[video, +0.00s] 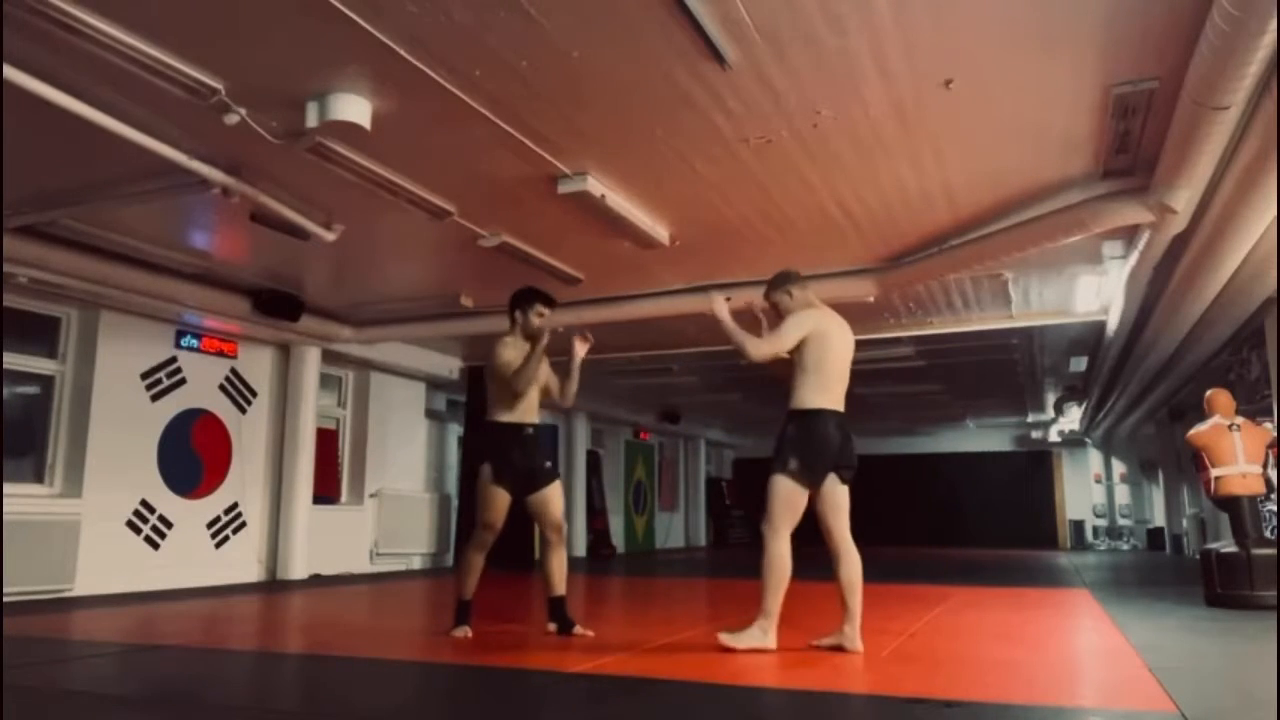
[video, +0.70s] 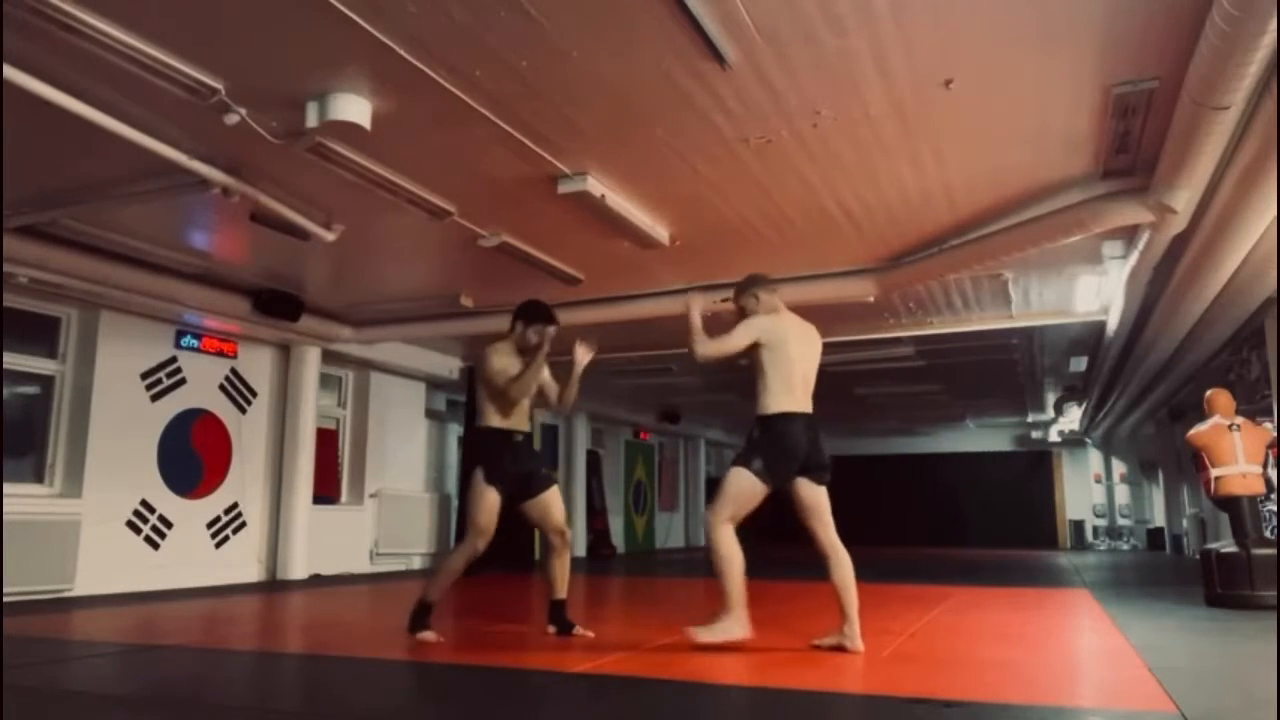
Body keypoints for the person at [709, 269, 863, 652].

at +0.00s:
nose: (778, 313)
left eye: (778, 305)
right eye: (775, 307)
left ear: (793, 292)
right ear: (804, 289)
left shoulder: (809, 319)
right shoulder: (841, 326)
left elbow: (759, 350)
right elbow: (793, 354)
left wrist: (724, 317)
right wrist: (767, 323)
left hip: (805, 432)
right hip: (836, 434)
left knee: (776, 530)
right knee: (841, 537)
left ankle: (765, 628)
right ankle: (852, 631)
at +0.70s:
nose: (745, 317)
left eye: (745, 311)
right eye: (742, 312)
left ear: (757, 298)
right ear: (774, 294)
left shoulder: (763, 324)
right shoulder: (811, 333)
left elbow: (704, 350)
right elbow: (777, 355)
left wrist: (695, 314)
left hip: (773, 438)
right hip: (809, 439)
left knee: (720, 519)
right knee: (829, 539)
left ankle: (735, 619)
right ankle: (852, 632)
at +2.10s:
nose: (634, 299)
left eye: (634, 290)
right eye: (632, 291)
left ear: (648, 280)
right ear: (661, 278)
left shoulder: (663, 317)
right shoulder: (690, 318)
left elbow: (668, 378)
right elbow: (667, 371)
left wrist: (625, 384)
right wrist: (628, 361)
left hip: (649, 424)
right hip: (670, 423)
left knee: (639, 528)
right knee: (653, 517)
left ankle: (635, 629)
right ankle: (682, 593)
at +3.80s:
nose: (630, 331)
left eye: (628, 325)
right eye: (627, 326)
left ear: (638, 312)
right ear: (654, 306)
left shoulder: (650, 334)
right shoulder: (696, 340)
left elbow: (625, 392)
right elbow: (675, 381)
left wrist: (600, 368)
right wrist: (631, 362)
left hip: (651, 433)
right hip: (682, 443)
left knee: (570, 447)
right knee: (671, 536)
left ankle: (592, 536)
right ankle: (681, 625)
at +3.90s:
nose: (628, 331)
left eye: (626, 325)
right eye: (625, 326)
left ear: (635, 312)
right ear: (653, 308)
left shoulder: (646, 335)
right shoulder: (694, 342)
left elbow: (638, 396)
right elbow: (679, 393)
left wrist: (600, 405)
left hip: (646, 434)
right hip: (679, 439)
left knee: (593, 511)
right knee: (673, 535)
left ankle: (583, 604)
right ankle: (682, 624)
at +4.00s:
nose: (621, 331)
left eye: (620, 325)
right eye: (619, 326)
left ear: (629, 313)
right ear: (648, 308)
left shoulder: (636, 338)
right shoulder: (688, 342)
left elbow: (636, 398)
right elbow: (670, 388)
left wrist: (603, 423)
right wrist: (626, 365)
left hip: (640, 437)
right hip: (673, 440)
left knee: (611, 533)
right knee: (667, 538)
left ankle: (593, 624)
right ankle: (681, 624)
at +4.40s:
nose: (605, 324)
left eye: (604, 318)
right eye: (603, 318)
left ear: (615, 308)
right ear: (633, 304)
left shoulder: (620, 335)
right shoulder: (669, 341)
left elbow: (584, 389)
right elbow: (668, 406)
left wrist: (558, 366)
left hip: (619, 439)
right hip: (656, 441)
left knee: (567, 517)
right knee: (670, 535)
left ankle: (574, 613)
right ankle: (684, 622)